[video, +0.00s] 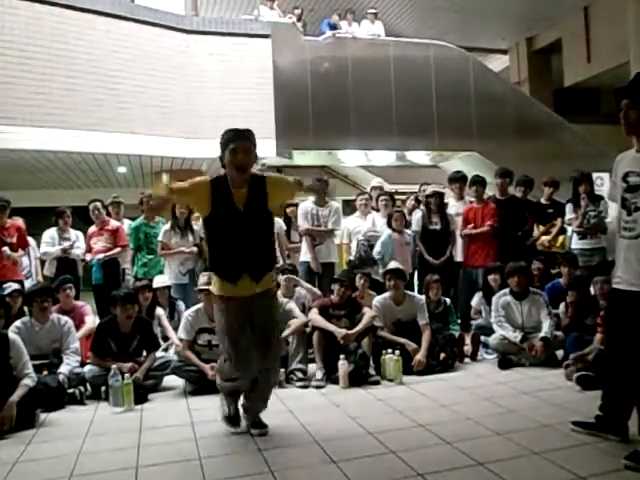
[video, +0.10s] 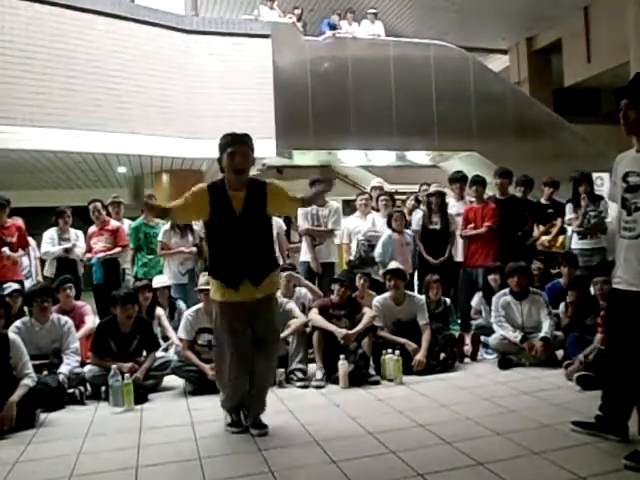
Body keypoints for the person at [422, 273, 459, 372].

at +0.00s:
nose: (435, 291)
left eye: (438, 288)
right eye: (432, 288)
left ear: (441, 289)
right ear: (427, 290)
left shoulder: (446, 303)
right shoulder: (421, 302)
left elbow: (453, 322)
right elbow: (421, 322)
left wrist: (452, 334)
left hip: (444, 332)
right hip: (429, 332)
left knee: (449, 338)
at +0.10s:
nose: (435, 291)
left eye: (438, 288)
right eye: (432, 288)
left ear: (441, 289)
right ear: (427, 290)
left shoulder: (446, 303)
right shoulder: (421, 302)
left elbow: (453, 322)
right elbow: (421, 322)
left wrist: (452, 334)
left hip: (444, 332)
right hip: (429, 332)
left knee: (449, 338)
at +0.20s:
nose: (435, 291)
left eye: (438, 288)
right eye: (432, 288)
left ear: (441, 289)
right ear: (427, 290)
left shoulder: (446, 303)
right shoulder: (421, 302)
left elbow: (453, 322)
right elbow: (421, 322)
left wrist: (452, 334)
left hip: (444, 332)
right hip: (429, 332)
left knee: (449, 338)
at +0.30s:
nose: (435, 291)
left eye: (438, 288)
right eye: (432, 288)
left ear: (442, 290)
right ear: (427, 290)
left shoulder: (447, 303)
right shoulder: (421, 302)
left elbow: (453, 322)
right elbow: (420, 322)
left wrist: (452, 334)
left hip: (444, 332)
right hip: (428, 332)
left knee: (449, 338)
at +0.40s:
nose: (435, 291)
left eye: (438, 288)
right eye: (432, 288)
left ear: (442, 290)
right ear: (427, 290)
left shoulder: (447, 303)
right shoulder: (422, 303)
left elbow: (453, 322)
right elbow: (421, 321)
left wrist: (452, 334)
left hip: (444, 332)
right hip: (428, 332)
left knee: (450, 339)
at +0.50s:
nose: (436, 291)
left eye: (439, 288)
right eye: (432, 288)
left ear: (442, 290)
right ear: (427, 290)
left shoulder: (447, 303)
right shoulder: (422, 303)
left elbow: (453, 322)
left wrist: (452, 334)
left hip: (444, 332)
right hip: (428, 332)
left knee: (450, 339)